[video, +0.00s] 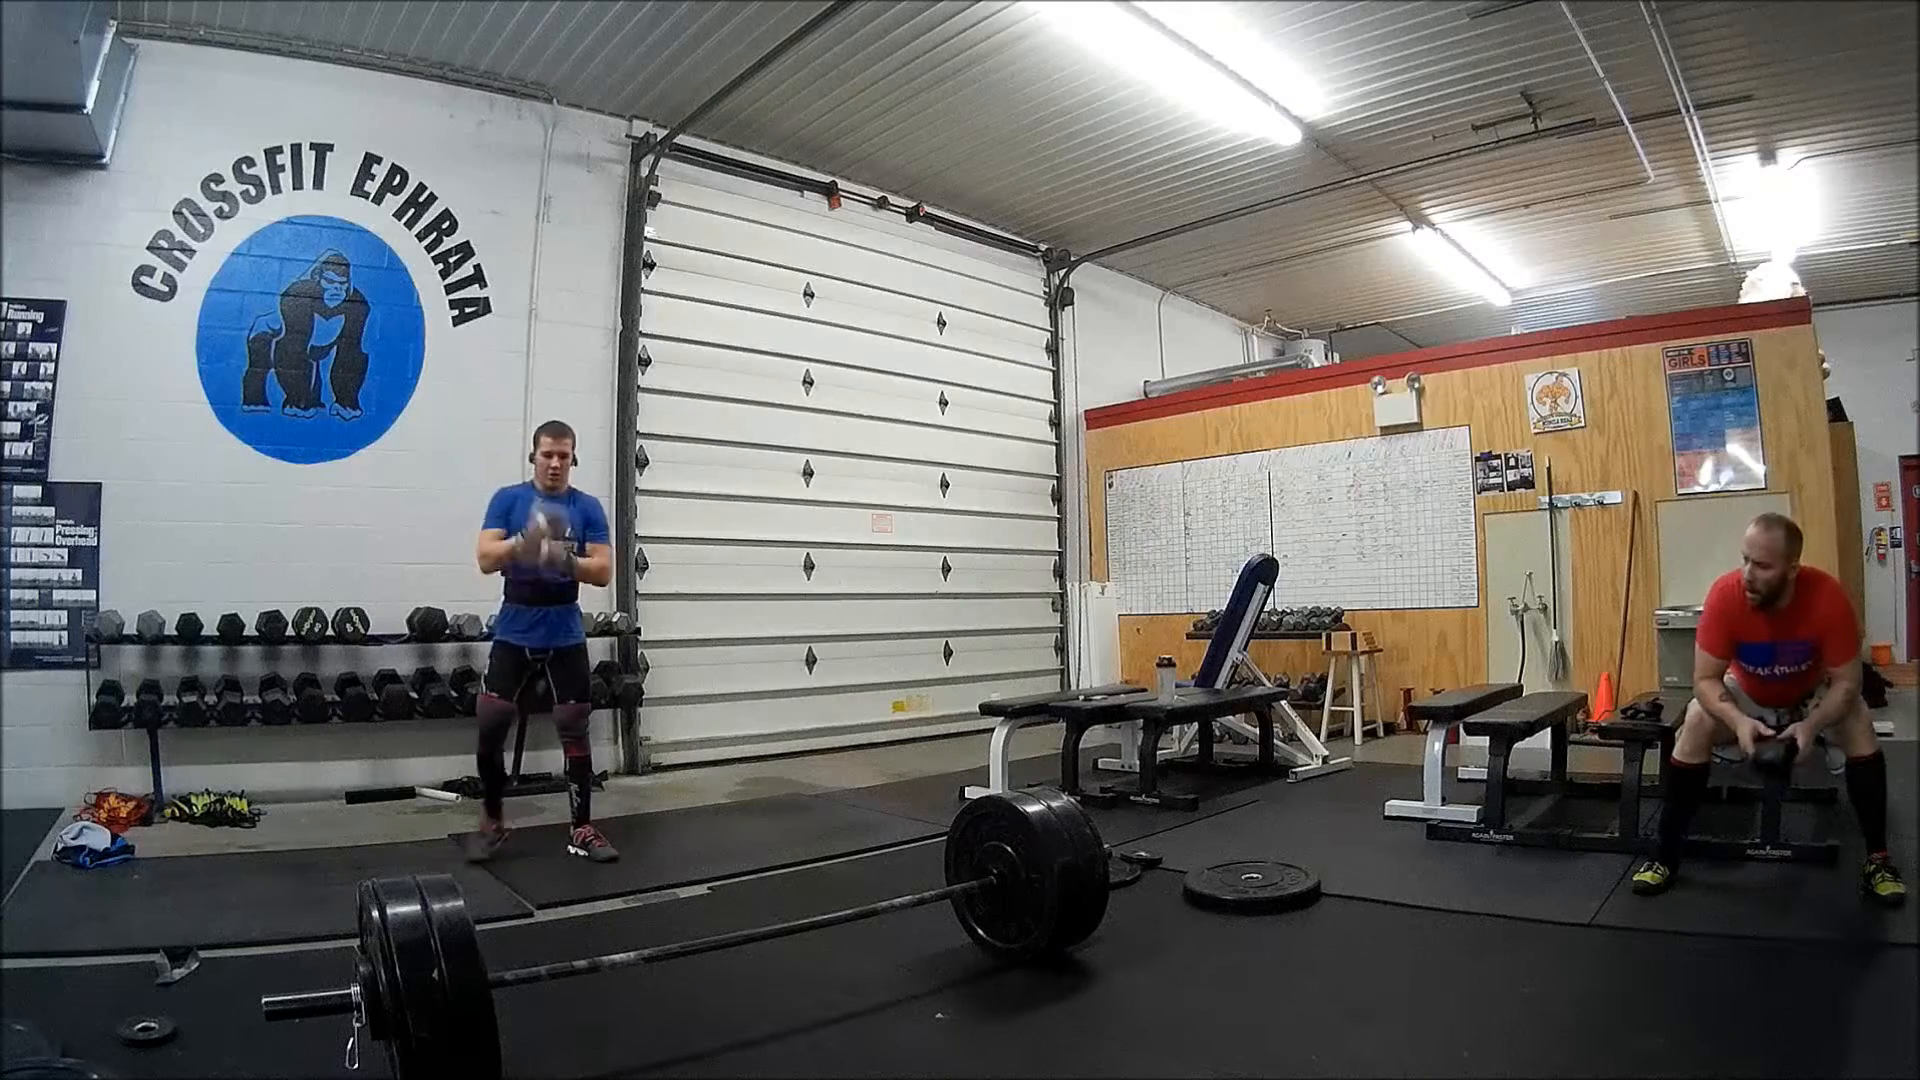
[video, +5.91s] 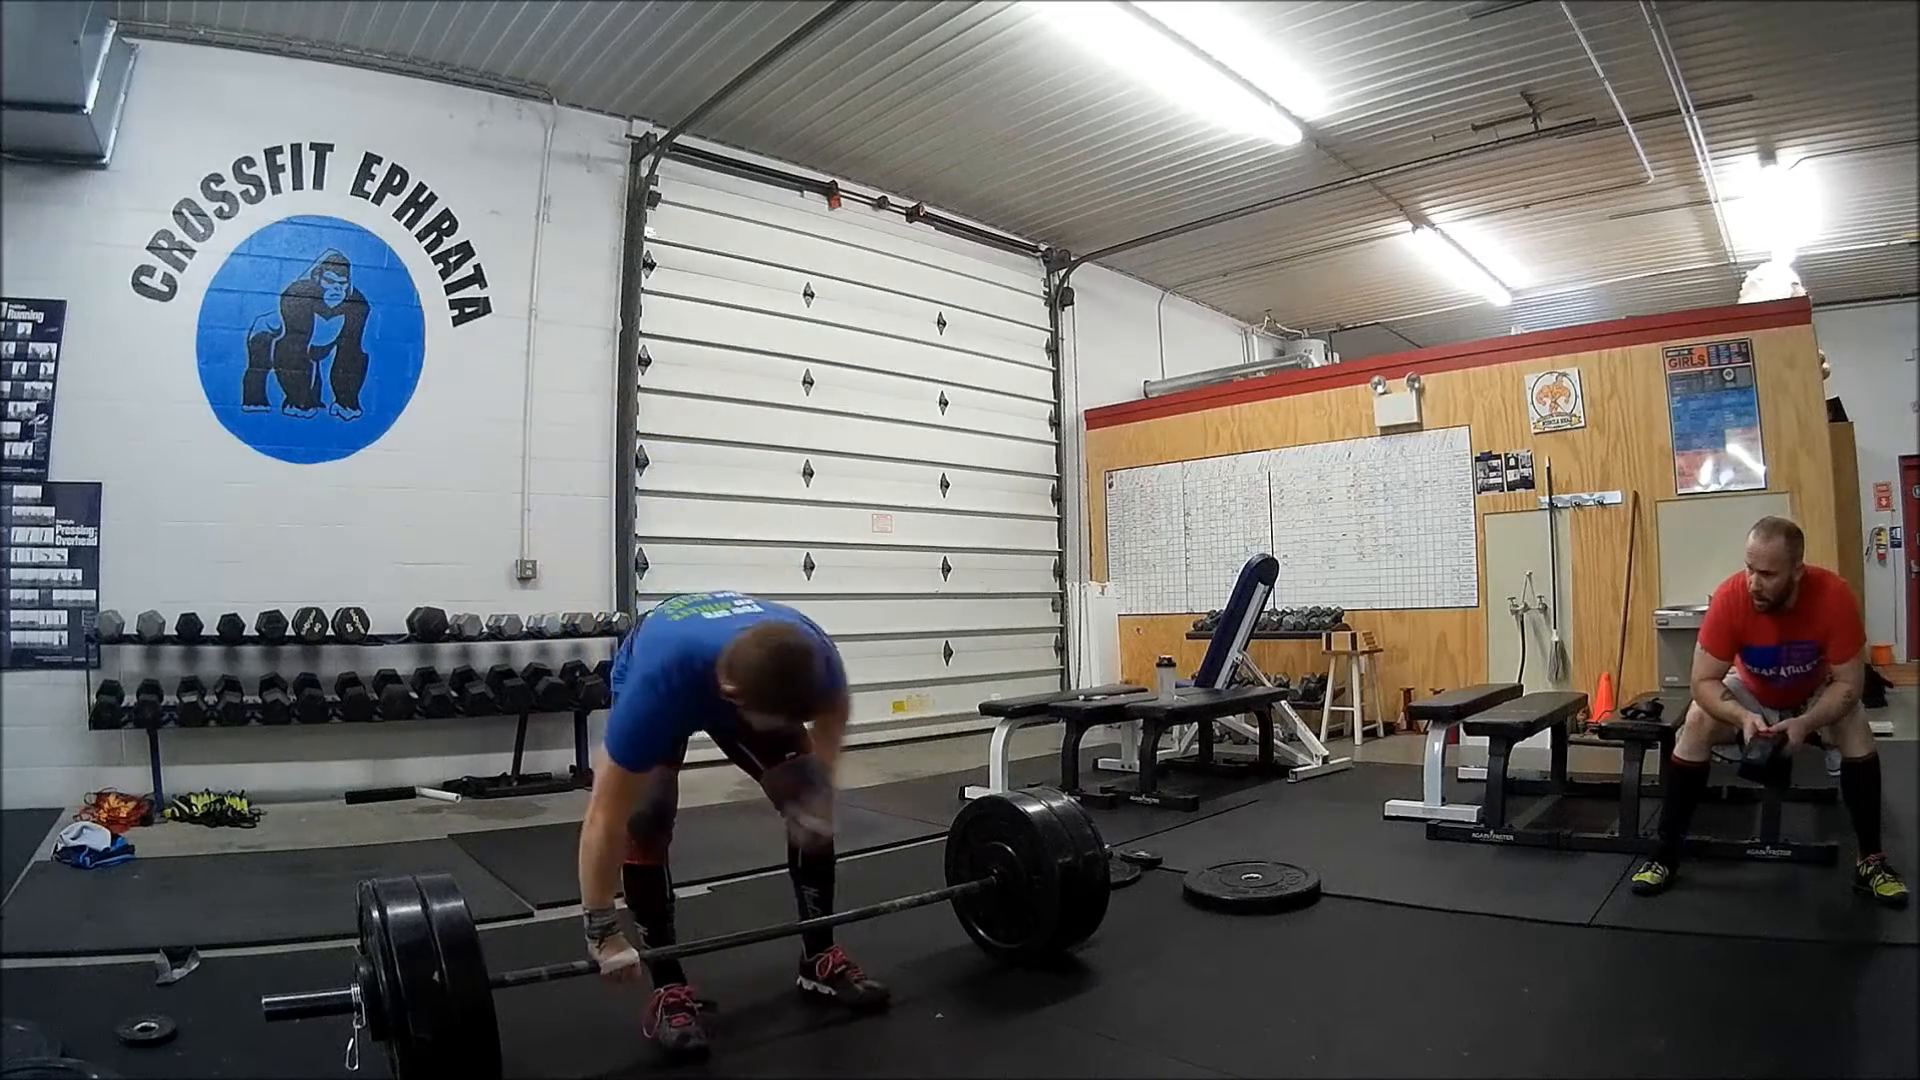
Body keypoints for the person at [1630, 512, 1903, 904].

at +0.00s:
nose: (1748, 575)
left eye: (1762, 566)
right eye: (1746, 562)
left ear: (1793, 566)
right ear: (1742, 556)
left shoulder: (1826, 595)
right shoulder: (1725, 594)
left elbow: (1848, 682)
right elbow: (1705, 679)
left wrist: (1812, 724)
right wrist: (1738, 722)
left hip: (1812, 694)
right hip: (1747, 693)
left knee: (1858, 721)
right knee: (1696, 720)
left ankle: (1877, 860)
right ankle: (1665, 858)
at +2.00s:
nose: (1757, 577)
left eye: (1771, 567)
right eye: (1753, 563)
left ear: (1801, 568)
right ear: (1748, 558)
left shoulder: (1835, 601)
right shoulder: (1730, 599)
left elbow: (1850, 681)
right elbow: (1711, 683)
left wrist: (1812, 727)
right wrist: (1748, 726)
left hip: (1815, 695)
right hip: (1751, 694)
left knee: (1859, 723)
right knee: (1700, 721)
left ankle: (1878, 858)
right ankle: (1665, 856)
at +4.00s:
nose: (1752, 579)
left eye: (1765, 571)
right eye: (1749, 565)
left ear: (1797, 569)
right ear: (1745, 558)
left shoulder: (1833, 596)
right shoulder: (1729, 597)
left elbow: (1848, 683)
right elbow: (1703, 683)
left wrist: (1806, 723)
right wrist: (1742, 718)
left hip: (1813, 696)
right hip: (1749, 694)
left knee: (1853, 721)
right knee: (1696, 720)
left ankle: (1871, 860)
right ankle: (1665, 856)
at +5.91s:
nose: (1755, 584)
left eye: (1768, 575)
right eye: (1751, 571)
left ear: (1798, 569)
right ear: (1745, 562)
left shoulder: (1833, 597)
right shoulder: (1730, 598)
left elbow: (1849, 684)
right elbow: (1703, 683)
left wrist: (1805, 723)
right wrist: (1741, 717)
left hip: (1814, 696)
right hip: (1751, 694)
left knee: (1854, 723)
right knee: (1696, 721)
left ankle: (1871, 859)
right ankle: (1665, 857)